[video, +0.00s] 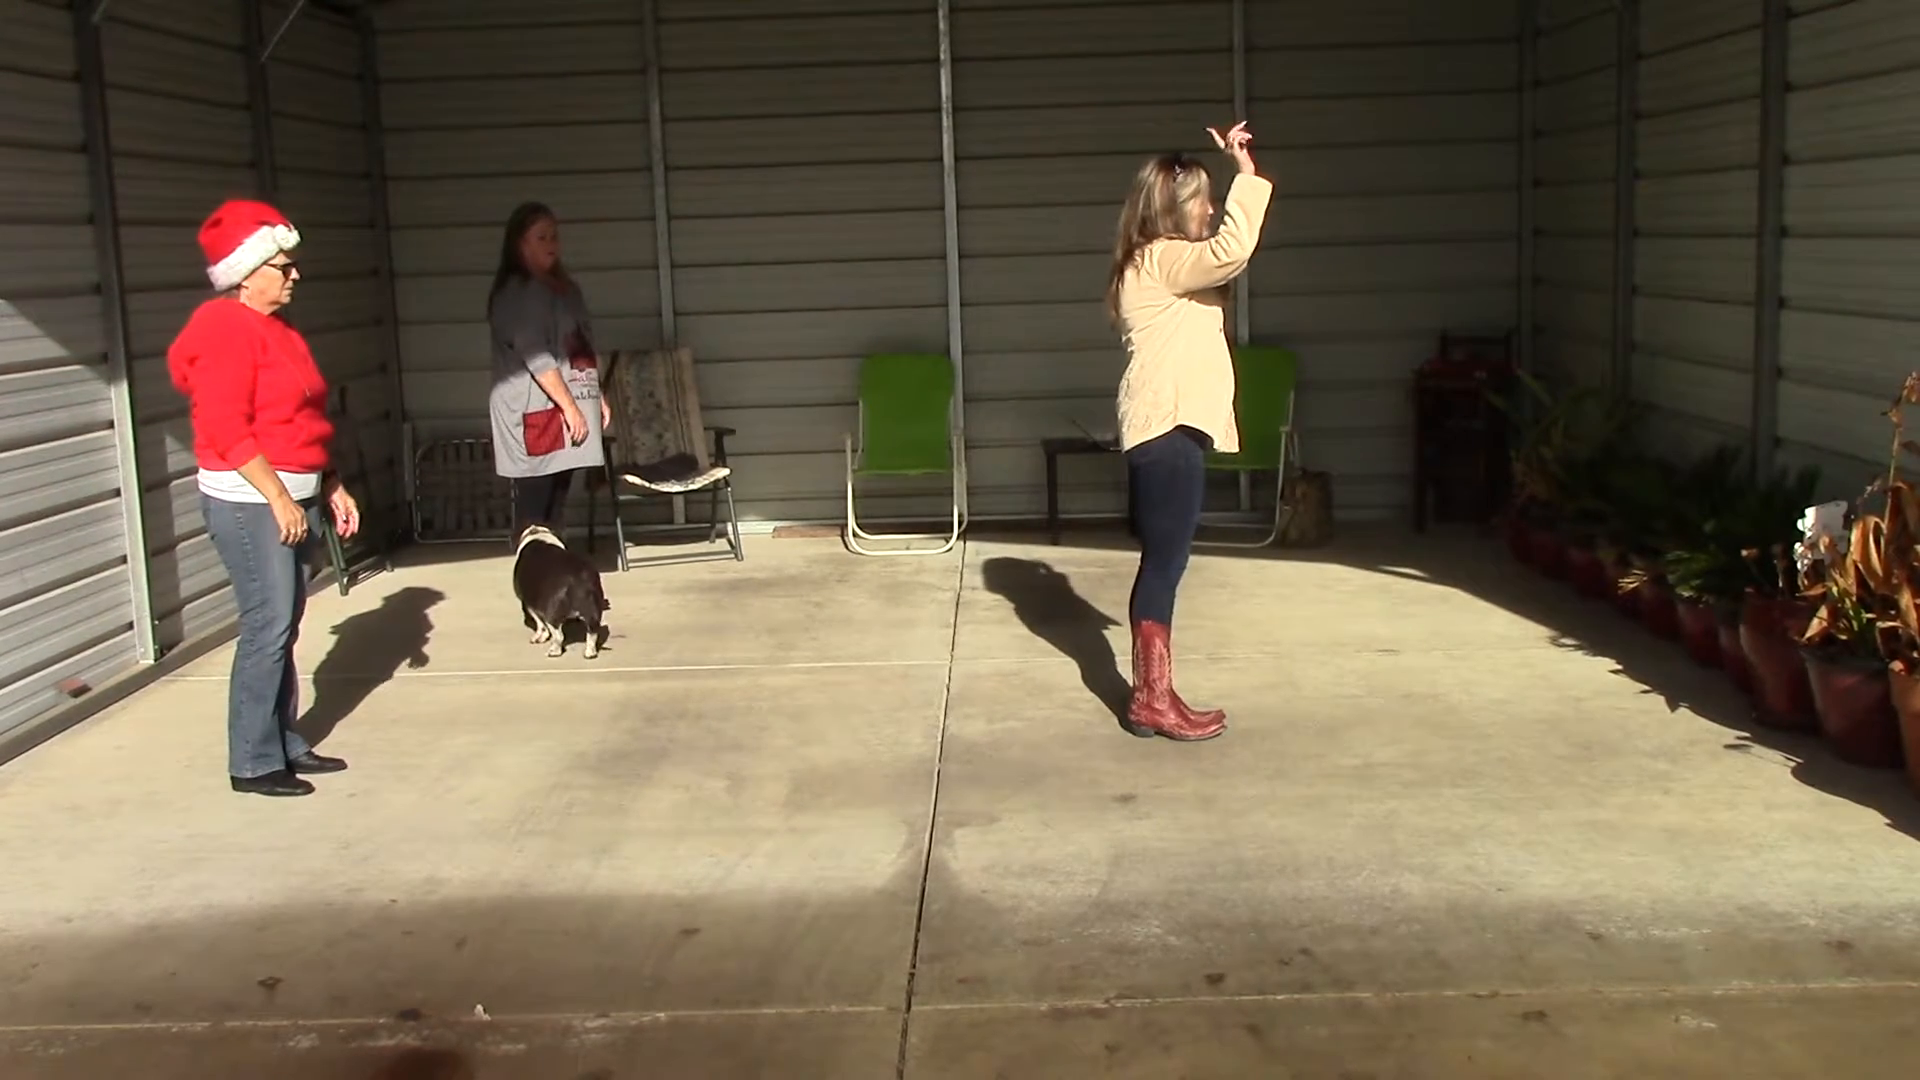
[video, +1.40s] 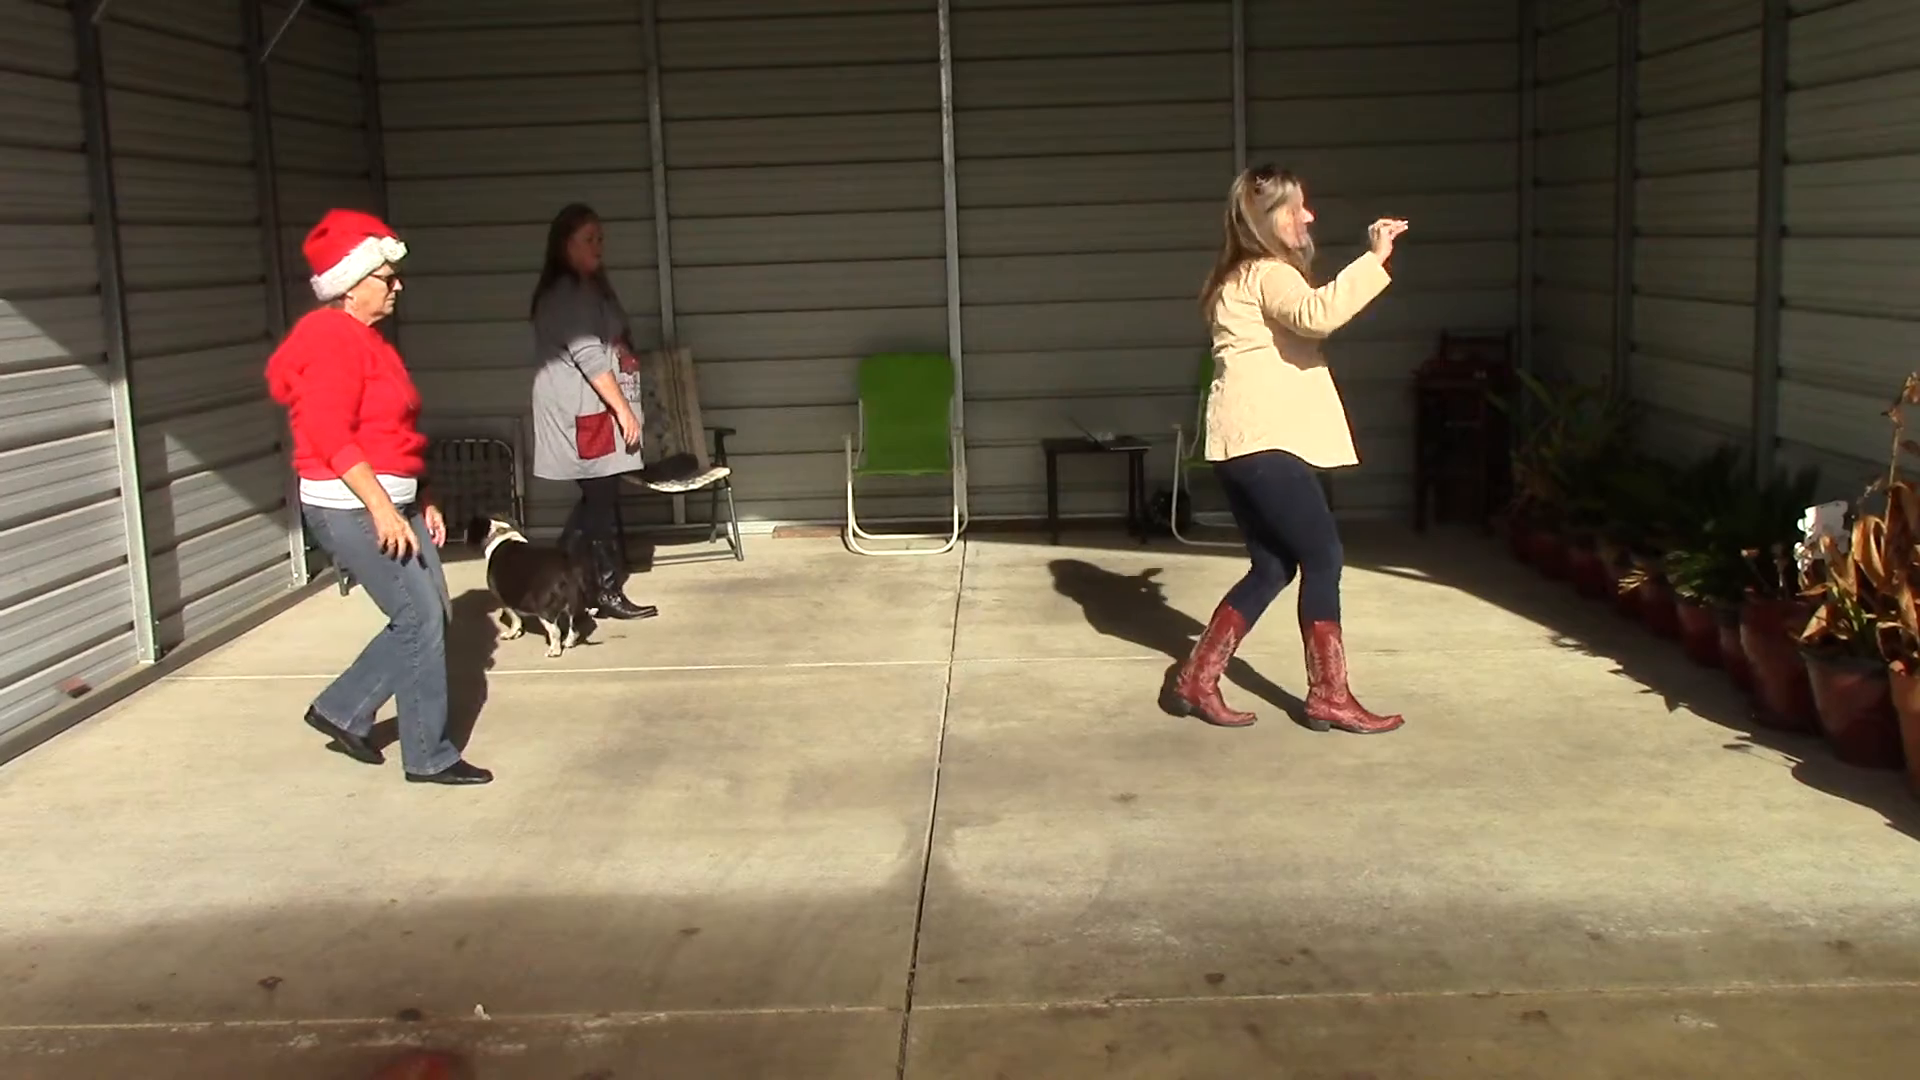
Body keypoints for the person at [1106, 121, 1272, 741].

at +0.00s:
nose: (1213, 209)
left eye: (1211, 199)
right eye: (1204, 200)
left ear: (1170, 206)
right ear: (1174, 206)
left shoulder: (1158, 262)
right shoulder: (1160, 258)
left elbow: (1227, 254)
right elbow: (1231, 250)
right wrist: (1250, 177)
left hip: (1167, 428)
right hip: (1168, 428)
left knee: (1162, 560)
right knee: (1164, 560)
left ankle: (1154, 695)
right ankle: (1151, 699)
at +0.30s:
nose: (1227, 212)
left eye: (1226, 201)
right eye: (1219, 201)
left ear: (1183, 205)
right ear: (1190, 205)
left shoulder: (1160, 263)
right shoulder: (1175, 259)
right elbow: (1248, 262)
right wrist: (1274, 191)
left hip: (1168, 427)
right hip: (1175, 427)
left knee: (1166, 561)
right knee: (1167, 563)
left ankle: (1156, 697)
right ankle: (1151, 700)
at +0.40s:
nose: (1230, 218)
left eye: (1230, 208)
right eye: (1222, 208)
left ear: (1180, 208)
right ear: (1192, 209)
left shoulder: (1156, 268)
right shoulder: (1183, 263)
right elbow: (1252, 274)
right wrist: (1287, 205)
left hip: (1158, 434)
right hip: (1183, 433)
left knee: (1173, 557)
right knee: (1207, 560)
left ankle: (1147, 690)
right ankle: (1157, 692)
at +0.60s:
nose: (1243, 234)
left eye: (1243, 223)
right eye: (1235, 223)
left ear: (1198, 223)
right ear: (1204, 222)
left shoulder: (1163, 277)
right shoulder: (1193, 271)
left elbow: (1177, 348)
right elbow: (1266, 272)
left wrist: (1226, 330)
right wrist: (1310, 206)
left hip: (1167, 451)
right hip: (1199, 447)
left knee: (1205, 561)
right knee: (1284, 542)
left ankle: (1154, 689)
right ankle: (1217, 668)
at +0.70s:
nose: (1251, 240)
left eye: (1251, 230)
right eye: (1245, 228)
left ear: (1199, 221)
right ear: (1219, 223)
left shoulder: (1170, 280)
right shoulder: (1201, 271)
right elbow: (1277, 259)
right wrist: (1320, 192)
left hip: (1175, 452)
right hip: (1208, 446)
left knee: (1213, 567)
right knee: (1301, 540)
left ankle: (1155, 687)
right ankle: (1278, 679)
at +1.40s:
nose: (1308, 215)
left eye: (1305, 205)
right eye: (1298, 207)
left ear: (1255, 222)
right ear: (1270, 219)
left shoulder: (1232, 281)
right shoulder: (1271, 271)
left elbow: (1235, 364)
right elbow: (1315, 317)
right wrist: (1376, 259)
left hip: (1236, 448)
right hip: (1268, 444)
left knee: (1272, 567)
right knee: (1322, 554)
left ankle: (1196, 679)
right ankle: (1329, 696)